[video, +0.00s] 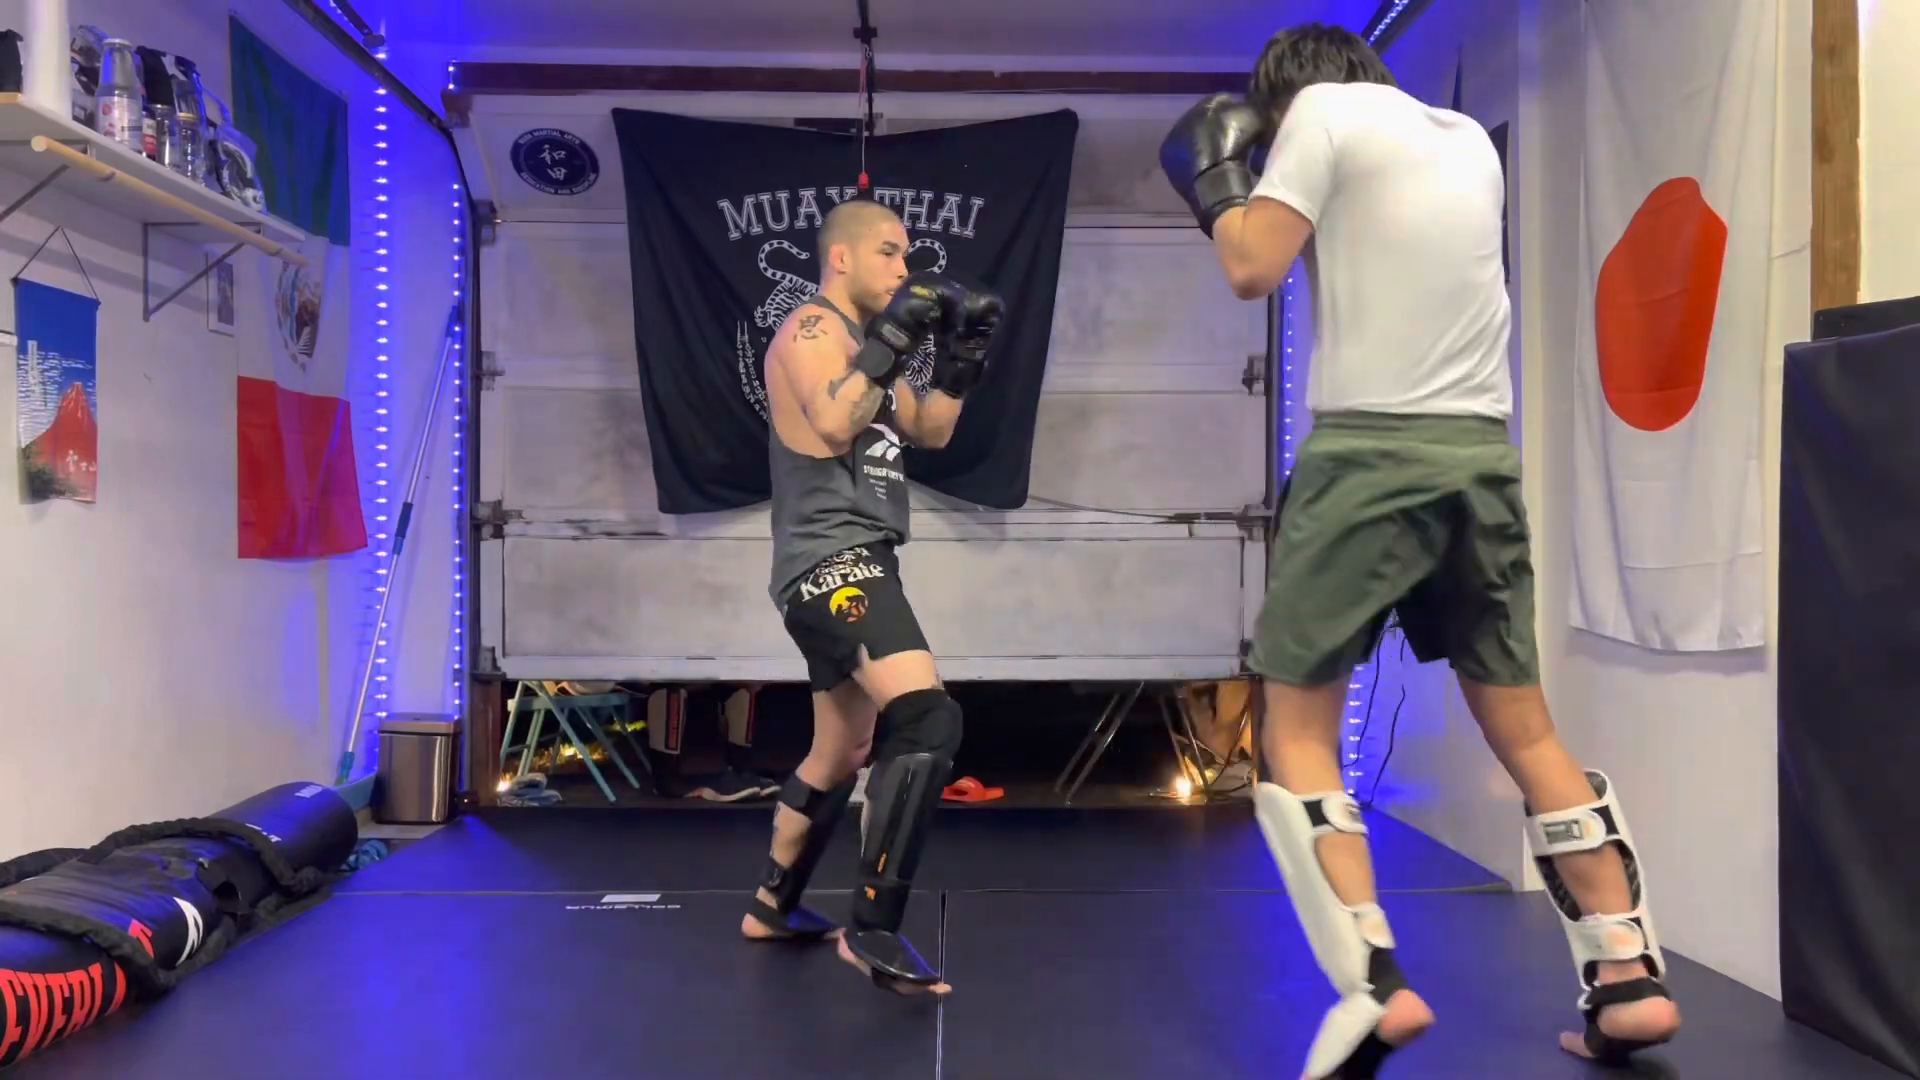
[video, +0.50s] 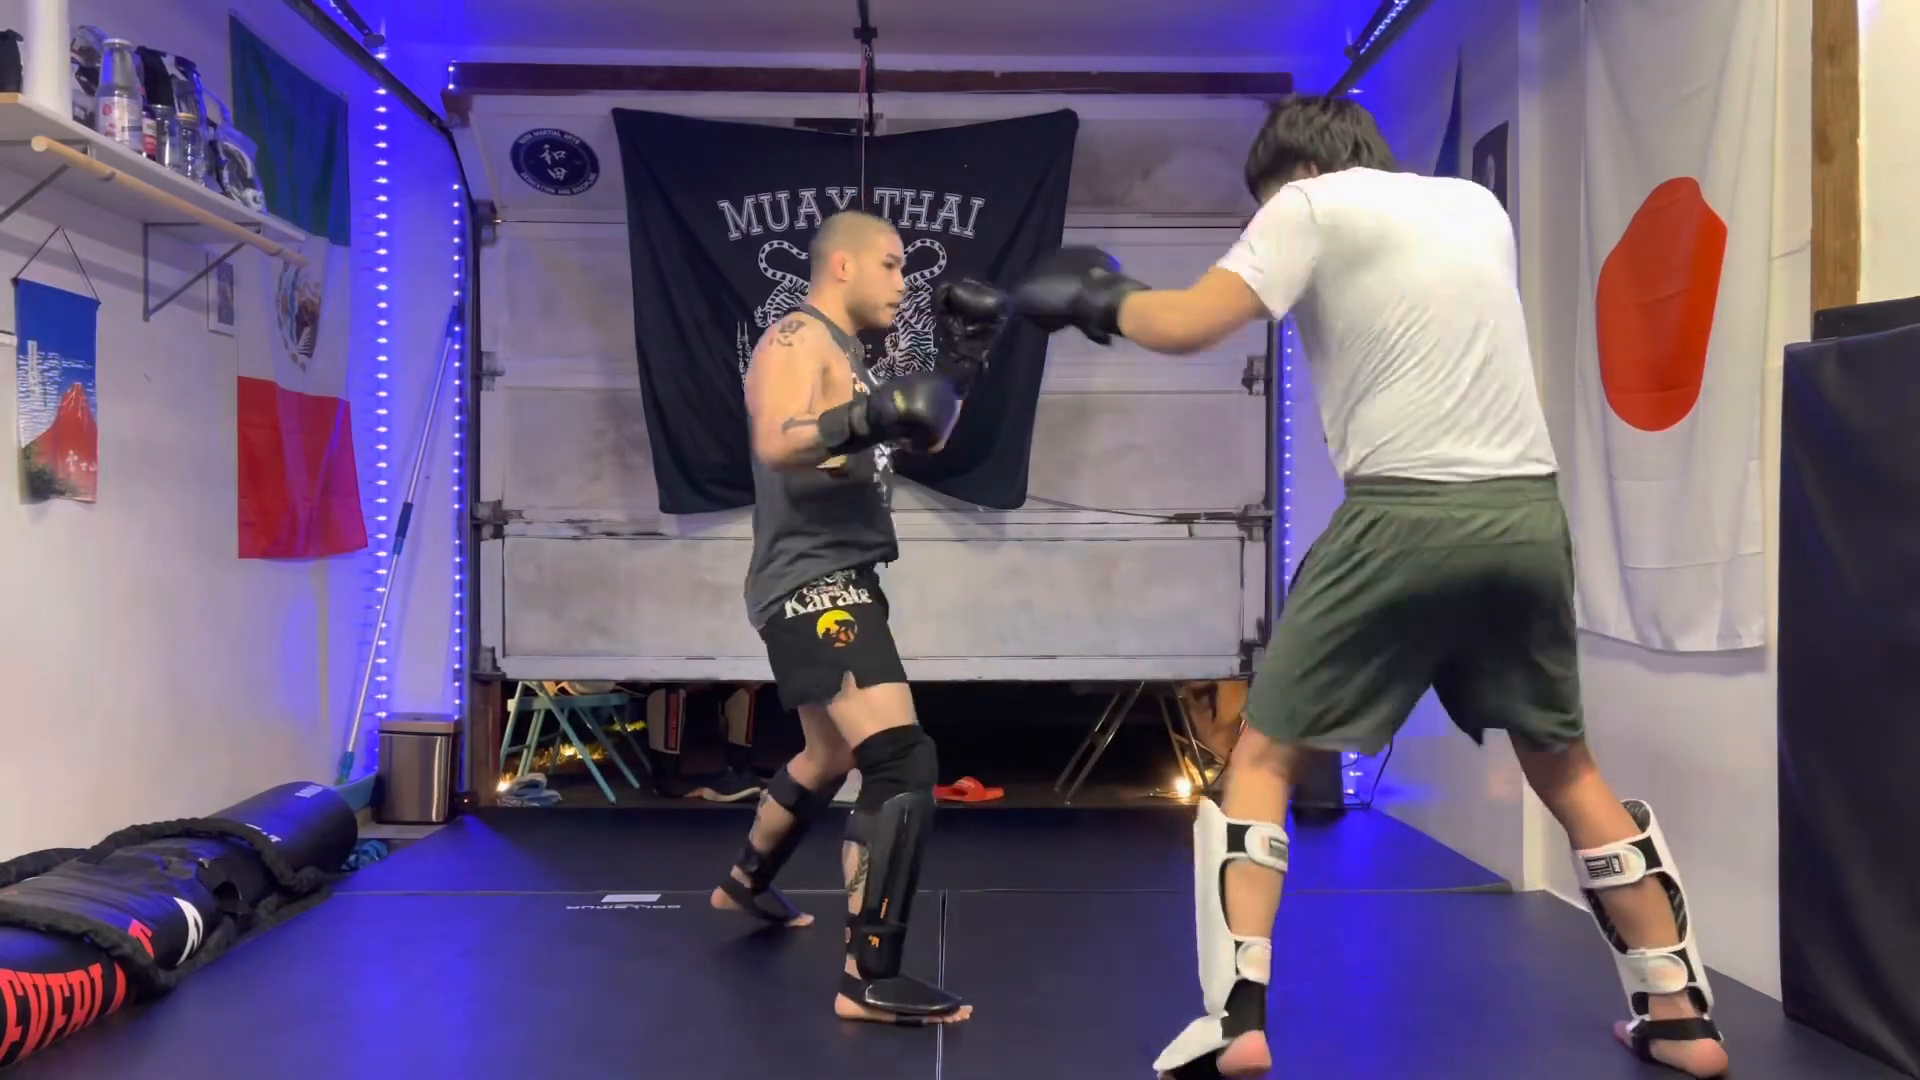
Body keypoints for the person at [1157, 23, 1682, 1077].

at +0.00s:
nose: (1274, 131)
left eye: (1273, 116)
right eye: (1273, 117)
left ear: (1292, 93)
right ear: (1372, 68)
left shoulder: (1320, 112)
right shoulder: (1471, 137)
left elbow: (1251, 262)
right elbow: (1397, 246)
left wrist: (1219, 174)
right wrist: (1281, 166)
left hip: (1366, 460)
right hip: (1483, 461)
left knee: (1302, 732)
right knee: (1527, 733)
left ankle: (1376, 980)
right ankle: (1628, 980)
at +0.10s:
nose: (1303, 169)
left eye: (1303, 152)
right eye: (1301, 155)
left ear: (1322, 132)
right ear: (1394, 114)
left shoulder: (1353, 160)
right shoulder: (1494, 188)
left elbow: (1293, 314)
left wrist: (1256, 215)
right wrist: (1297, 223)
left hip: (1396, 529)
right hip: (1509, 526)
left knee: (1324, 778)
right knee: (1550, 769)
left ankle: (1421, 1033)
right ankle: (1651, 1009)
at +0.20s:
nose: (1297, 190)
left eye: (1294, 174)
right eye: (1291, 179)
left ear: (1314, 143)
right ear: (1385, 114)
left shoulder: (1348, 158)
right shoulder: (1492, 176)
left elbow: (1268, 306)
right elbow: (1406, 302)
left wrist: (1226, 229)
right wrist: (1305, 225)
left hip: (1422, 496)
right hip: (1537, 499)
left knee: (1271, 729)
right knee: (1547, 755)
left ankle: (1358, 973)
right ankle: (1647, 998)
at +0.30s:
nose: (1275, 179)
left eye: (1275, 164)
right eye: (1270, 166)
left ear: (1296, 135)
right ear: (1379, 111)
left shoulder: (1321, 154)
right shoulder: (1487, 163)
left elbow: (1166, 248)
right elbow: (1463, 297)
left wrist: (1072, 229)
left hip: (1430, 476)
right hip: (1551, 480)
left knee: (1288, 726)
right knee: (1535, 731)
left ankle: (1258, 991)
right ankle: (1647, 967)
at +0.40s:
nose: (1273, 188)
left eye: (1276, 174)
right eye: (1276, 181)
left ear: (1299, 161)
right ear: (1386, 141)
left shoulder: (1304, 198)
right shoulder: (1491, 196)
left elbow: (1137, 246)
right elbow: (1473, 327)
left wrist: (1007, 244)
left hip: (1401, 525)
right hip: (1533, 524)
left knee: (1300, 784)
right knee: (1556, 764)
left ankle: (1247, 1045)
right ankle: (1681, 1004)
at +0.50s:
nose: (1270, 216)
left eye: (1271, 199)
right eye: (1267, 204)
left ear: (1297, 178)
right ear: (1371, 153)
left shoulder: (1308, 207)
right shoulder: (1481, 206)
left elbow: (1186, 324)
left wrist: (1100, 300)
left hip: (1402, 525)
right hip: (1531, 525)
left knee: (1265, 756)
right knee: (1566, 763)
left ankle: (1242, 1016)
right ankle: (1678, 1009)